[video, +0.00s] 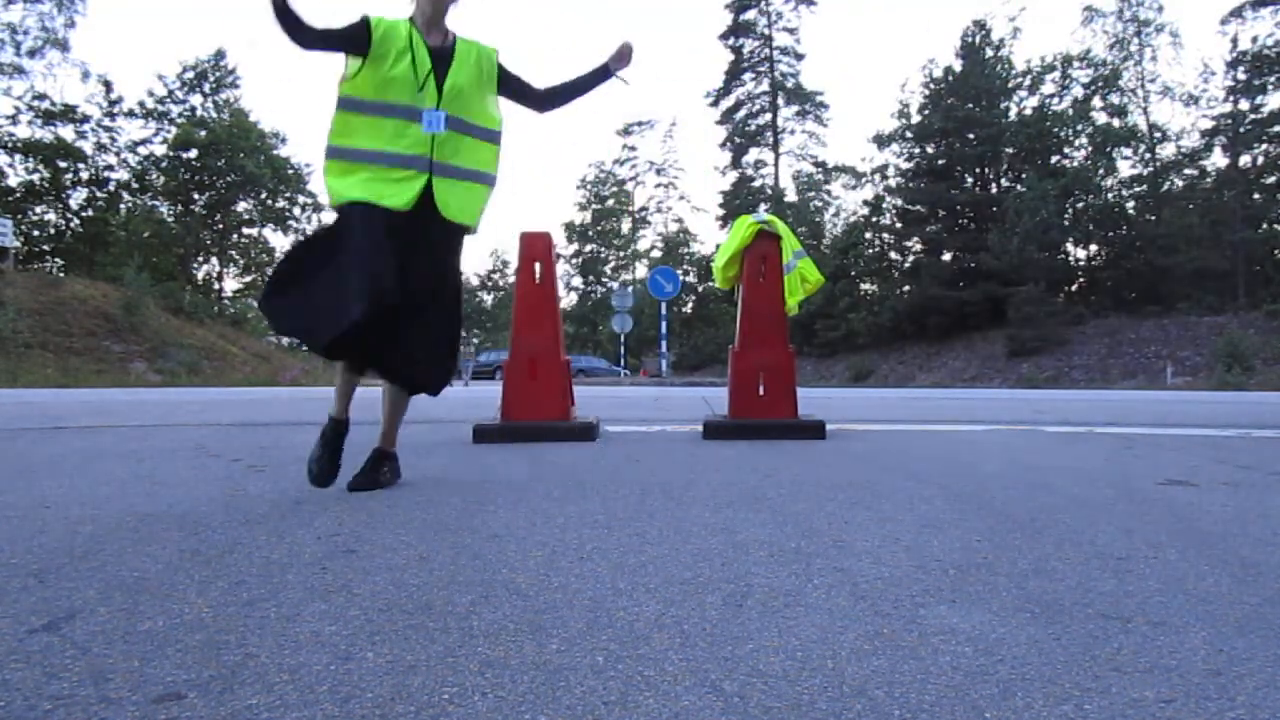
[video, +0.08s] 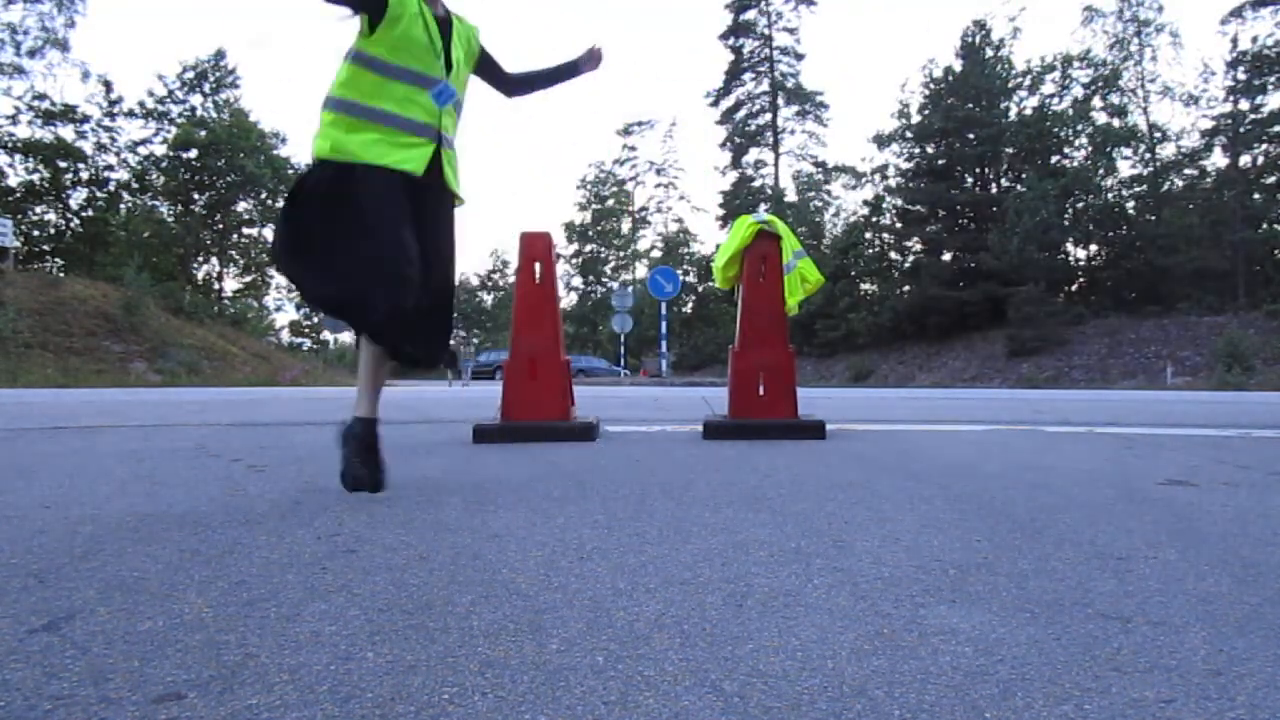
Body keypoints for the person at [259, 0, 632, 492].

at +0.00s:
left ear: (454, 2)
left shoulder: (479, 59)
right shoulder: (378, 34)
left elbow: (542, 99)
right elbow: (304, 35)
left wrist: (608, 68)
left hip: (440, 215)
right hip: (372, 203)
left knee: (414, 331)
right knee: (371, 309)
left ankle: (385, 452)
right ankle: (336, 424)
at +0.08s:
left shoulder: (463, 36)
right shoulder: (391, 6)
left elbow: (510, 84)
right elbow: (343, 0)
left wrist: (578, 66)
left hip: (426, 177)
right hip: (364, 160)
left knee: (412, 304)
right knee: (388, 285)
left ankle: (364, 419)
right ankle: (363, 427)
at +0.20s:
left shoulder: (430, 33)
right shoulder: (407, 7)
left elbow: (442, 92)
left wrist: (498, 107)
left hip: (335, 160)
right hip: (381, 151)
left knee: (372, 296)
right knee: (409, 292)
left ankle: (305, 401)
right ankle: (394, 427)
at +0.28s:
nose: (442, 6)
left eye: (441, 5)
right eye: (438, 4)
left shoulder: (381, 18)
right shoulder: (409, 10)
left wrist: (453, 75)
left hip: (350, 158)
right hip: (402, 157)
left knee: (369, 305)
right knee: (416, 311)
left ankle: (320, 410)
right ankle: (369, 445)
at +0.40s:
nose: (436, 11)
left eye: (432, 8)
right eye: (435, 7)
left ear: (382, 3)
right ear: (424, 4)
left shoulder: (340, 45)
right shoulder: (437, 29)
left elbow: (317, 113)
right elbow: (514, 63)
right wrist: (611, 78)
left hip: (324, 196)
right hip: (407, 200)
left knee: (344, 321)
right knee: (419, 334)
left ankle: (366, 453)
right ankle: (352, 471)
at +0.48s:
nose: (416, 9)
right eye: (421, 8)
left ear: (366, 3)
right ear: (417, 6)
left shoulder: (325, 42)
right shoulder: (445, 46)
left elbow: (264, 117)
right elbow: (523, 94)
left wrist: (204, 172)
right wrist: (610, 129)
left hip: (332, 213)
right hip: (418, 219)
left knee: (325, 339)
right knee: (412, 348)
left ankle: (384, 465)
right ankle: (348, 470)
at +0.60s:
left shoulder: (326, 10)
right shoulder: (436, 37)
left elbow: (226, 41)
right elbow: (486, 87)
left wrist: (121, 52)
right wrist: (517, 115)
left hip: (340, 196)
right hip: (413, 208)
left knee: (319, 335)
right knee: (373, 337)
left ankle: (384, 484)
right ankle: (349, 470)